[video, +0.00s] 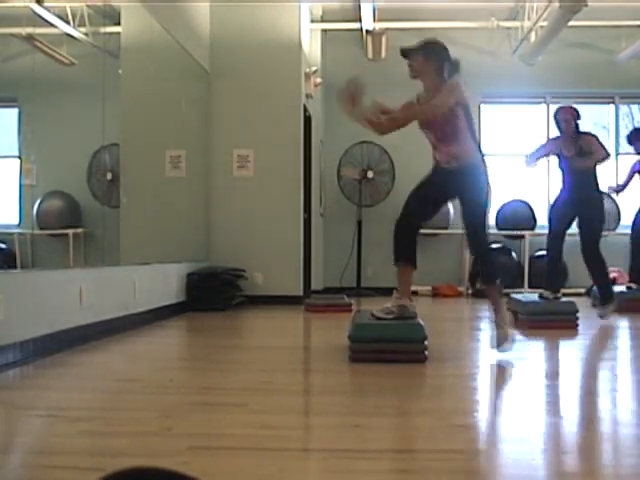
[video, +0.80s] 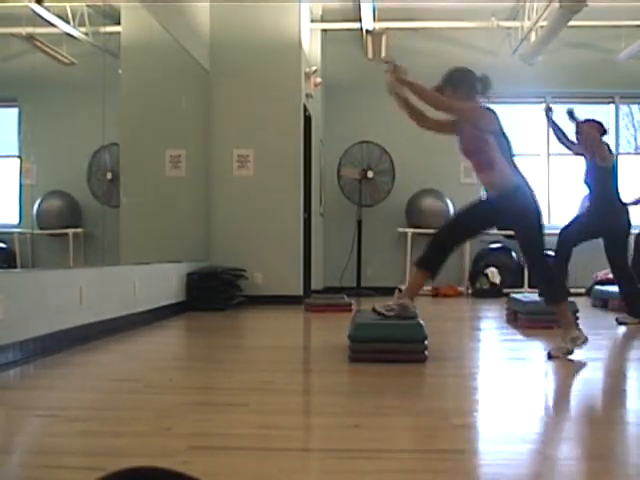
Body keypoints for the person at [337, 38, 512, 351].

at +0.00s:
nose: (410, 65)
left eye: (416, 61)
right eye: (411, 61)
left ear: (434, 64)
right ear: (422, 67)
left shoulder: (453, 90)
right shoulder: (417, 102)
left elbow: (431, 111)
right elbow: (385, 127)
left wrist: (392, 114)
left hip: (470, 172)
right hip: (441, 174)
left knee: (479, 244)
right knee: (406, 225)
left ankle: (500, 319)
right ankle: (402, 301)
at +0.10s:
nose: (398, 53)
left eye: (403, 47)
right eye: (398, 48)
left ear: (420, 49)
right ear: (409, 52)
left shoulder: (446, 75)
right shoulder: (406, 93)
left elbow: (467, 113)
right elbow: (393, 135)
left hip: (462, 157)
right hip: (432, 161)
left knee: (457, 222)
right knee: (411, 221)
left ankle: (463, 296)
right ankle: (403, 298)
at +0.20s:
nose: (387, 56)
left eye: (391, 50)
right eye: (387, 50)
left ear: (410, 50)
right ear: (401, 53)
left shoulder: (438, 76)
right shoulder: (401, 91)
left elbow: (484, 97)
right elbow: (411, 128)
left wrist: (509, 129)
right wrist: (406, 164)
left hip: (456, 157)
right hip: (425, 162)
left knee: (435, 205)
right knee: (405, 216)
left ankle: (438, 286)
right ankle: (403, 296)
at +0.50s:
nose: (393, 62)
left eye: (396, 55)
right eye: (392, 56)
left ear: (414, 53)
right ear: (408, 56)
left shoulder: (445, 78)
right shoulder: (412, 93)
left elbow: (480, 110)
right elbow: (415, 136)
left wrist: (486, 150)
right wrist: (404, 172)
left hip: (464, 158)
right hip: (435, 162)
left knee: (461, 225)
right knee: (413, 221)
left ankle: (468, 300)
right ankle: (405, 299)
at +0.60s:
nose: (408, 65)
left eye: (411, 58)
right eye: (408, 59)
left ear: (427, 55)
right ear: (423, 57)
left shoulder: (455, 79)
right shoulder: (425, 97)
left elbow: (453, 112)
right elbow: (399, 131)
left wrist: (424, 130)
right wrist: (362, 140)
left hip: (479, 161)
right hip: (451, 166)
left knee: (487, 227)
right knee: (425, 223)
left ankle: (516, 298)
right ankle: (404, 299)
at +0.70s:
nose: (426, 85)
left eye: (428, 79)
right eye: (424, 81)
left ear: (445, 73)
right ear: (439, 75)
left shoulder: (468, 93)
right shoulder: (438, 107)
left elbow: (432, 100)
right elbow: (402, 117)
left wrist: (383, 91)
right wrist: (363, 106)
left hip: (496, 178)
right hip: (470, 182)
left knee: (513, 239)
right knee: (430, 228)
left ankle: (551, 309)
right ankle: (404, 301)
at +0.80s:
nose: (444, 101)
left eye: (447, 96)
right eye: (443, 97)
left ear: (463, 92)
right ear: (456, 98)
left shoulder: (484, 115)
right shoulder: (461, 125)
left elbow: (441, 103)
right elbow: (425, 123)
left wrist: (405, 80)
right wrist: (399, 96)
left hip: (518, 200)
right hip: (493, 203)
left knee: (538, 266)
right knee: (444, 237)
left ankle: (571, 331)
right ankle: (405, 302)